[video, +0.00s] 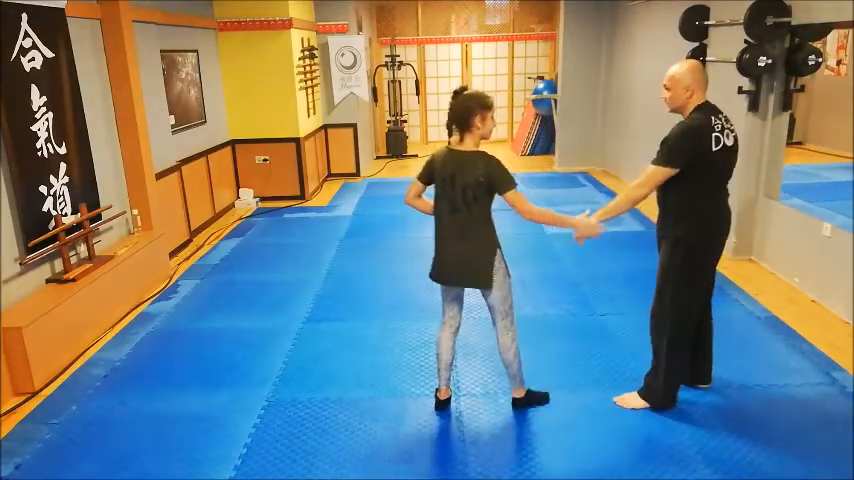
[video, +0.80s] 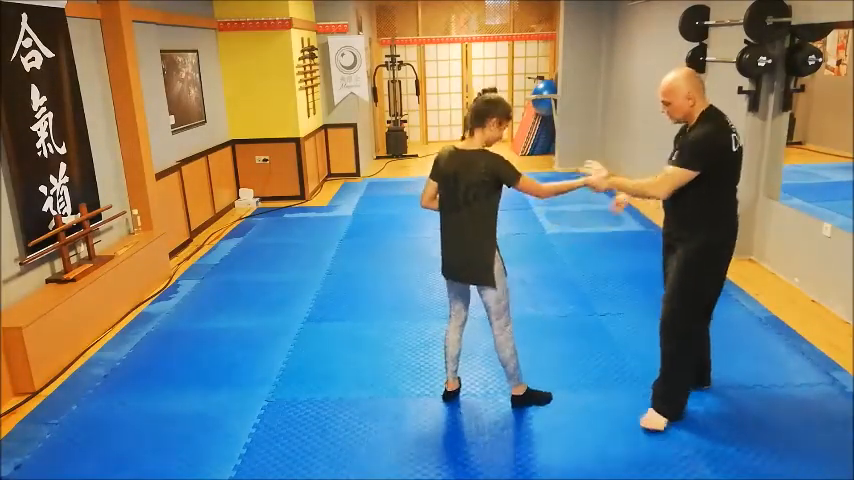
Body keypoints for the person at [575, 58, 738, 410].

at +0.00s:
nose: (663, 94)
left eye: (668, 89)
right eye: (664, 88)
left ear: (690, 91)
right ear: (695, 91)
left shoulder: (687, 132)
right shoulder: (720, 122)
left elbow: (643, 188)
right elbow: (710, 183)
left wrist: (597, 218)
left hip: (687, 232)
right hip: (711, 225)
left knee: (669, 309)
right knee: (696, 300)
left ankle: (658, 393)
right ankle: (697, 372)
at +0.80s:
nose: (664, 110)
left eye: (668, 103)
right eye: (663, 104)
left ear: (691, 98)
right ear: (687, 99)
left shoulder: (708, 136)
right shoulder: (699, 125)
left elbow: (662, 188)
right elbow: (672, 178)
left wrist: (610, 181)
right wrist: (631, 193)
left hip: (703, 242)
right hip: (686, 235)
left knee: (676, 320)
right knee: (691, 309)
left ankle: (666, 405)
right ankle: (696, 373)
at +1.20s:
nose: (652, 128)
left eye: (658, 121)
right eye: (651, 121)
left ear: (684, 116)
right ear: (673, 116)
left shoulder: (717, 148)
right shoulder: (661, 144)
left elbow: (672, 212)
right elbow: (626, 181)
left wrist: (611, 214)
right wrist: (592, 194)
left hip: (707, 253)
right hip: (666, 245)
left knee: (691, 333)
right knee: (647, 309)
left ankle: (673, 414)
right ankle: (680, 366)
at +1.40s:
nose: (640, 143)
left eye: (647, 137)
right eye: (639, 136)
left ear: (676, 133)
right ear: (640, 130)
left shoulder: (710, 157)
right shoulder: (642, 156)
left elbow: (663, 223)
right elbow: (605, 195)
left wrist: (600, 228)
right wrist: (573, 218)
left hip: (701, 261)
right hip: (653, 250)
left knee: (692, 344)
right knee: (615, 311)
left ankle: (673, 419)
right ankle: (623, 380)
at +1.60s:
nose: (616, 166)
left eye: (624, 162)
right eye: (614, 159)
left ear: (651, 155)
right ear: (613, 149)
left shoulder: (685, 170)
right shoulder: (618, 169)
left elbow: (640, 238)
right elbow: (584, 217)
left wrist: (575, 258)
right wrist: (547, 253)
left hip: (688, 266)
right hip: (640, 258)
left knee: (686, 344)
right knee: (606, 319)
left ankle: (672, 418)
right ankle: (574, 399)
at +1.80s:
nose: (582, 197)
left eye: (588, 192)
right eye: (578, 189)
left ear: (614, 182)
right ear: (576, 177)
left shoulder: (648, 192)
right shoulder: (581, 194)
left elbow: (607, 259)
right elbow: (554, 246)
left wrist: (546, 297)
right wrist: (522, 293)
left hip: (670, 265)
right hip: (624, 262)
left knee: (673, 334)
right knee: (591, 310)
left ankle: (671, 417)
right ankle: (578, 406)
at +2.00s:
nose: (562, 222)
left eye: (568, 217)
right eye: (558, 216)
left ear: (594, 206)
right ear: (555, 204)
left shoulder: (628, 206)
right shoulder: (560, 214)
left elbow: (614, 278)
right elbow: (554, 273)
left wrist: (570, 330)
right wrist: (533, 332)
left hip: (655, 261)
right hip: (600, 260)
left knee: (667, 336)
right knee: (575, 326)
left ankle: (670, 416)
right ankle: (577, 407)